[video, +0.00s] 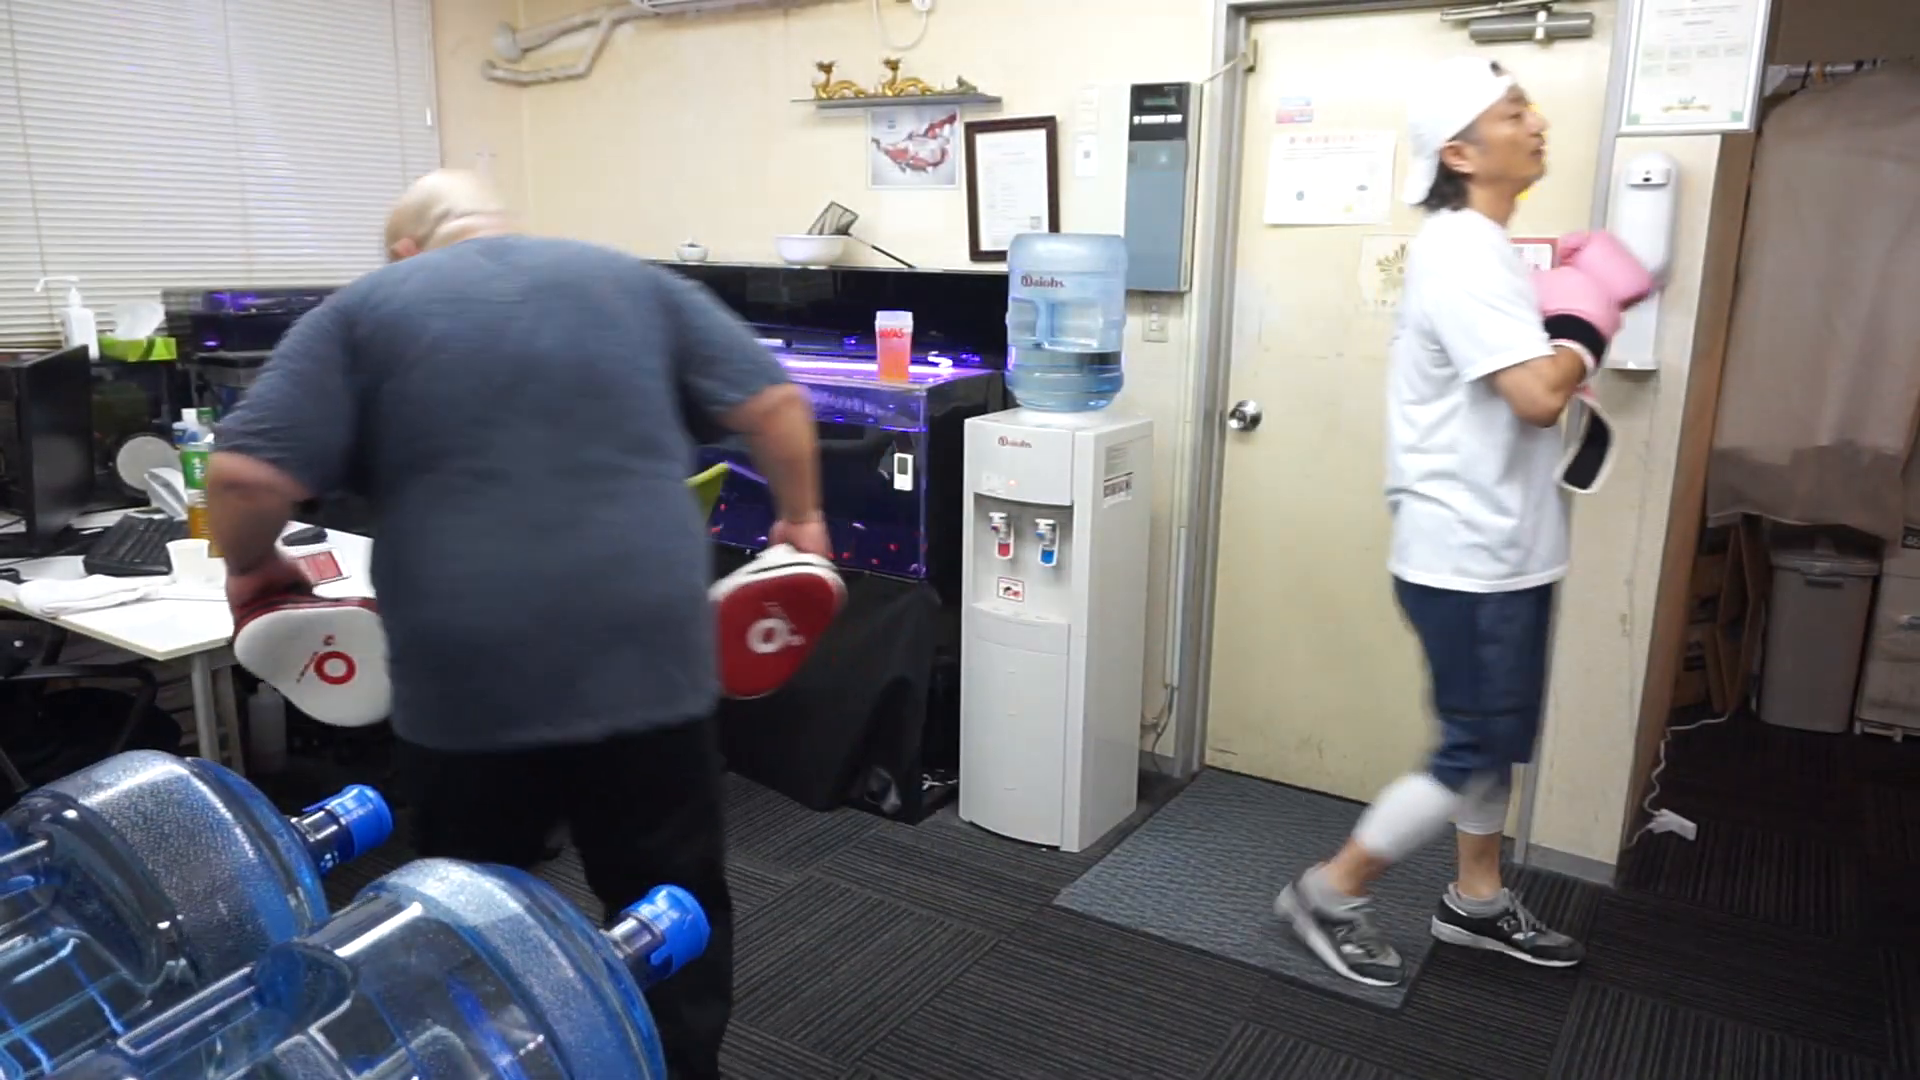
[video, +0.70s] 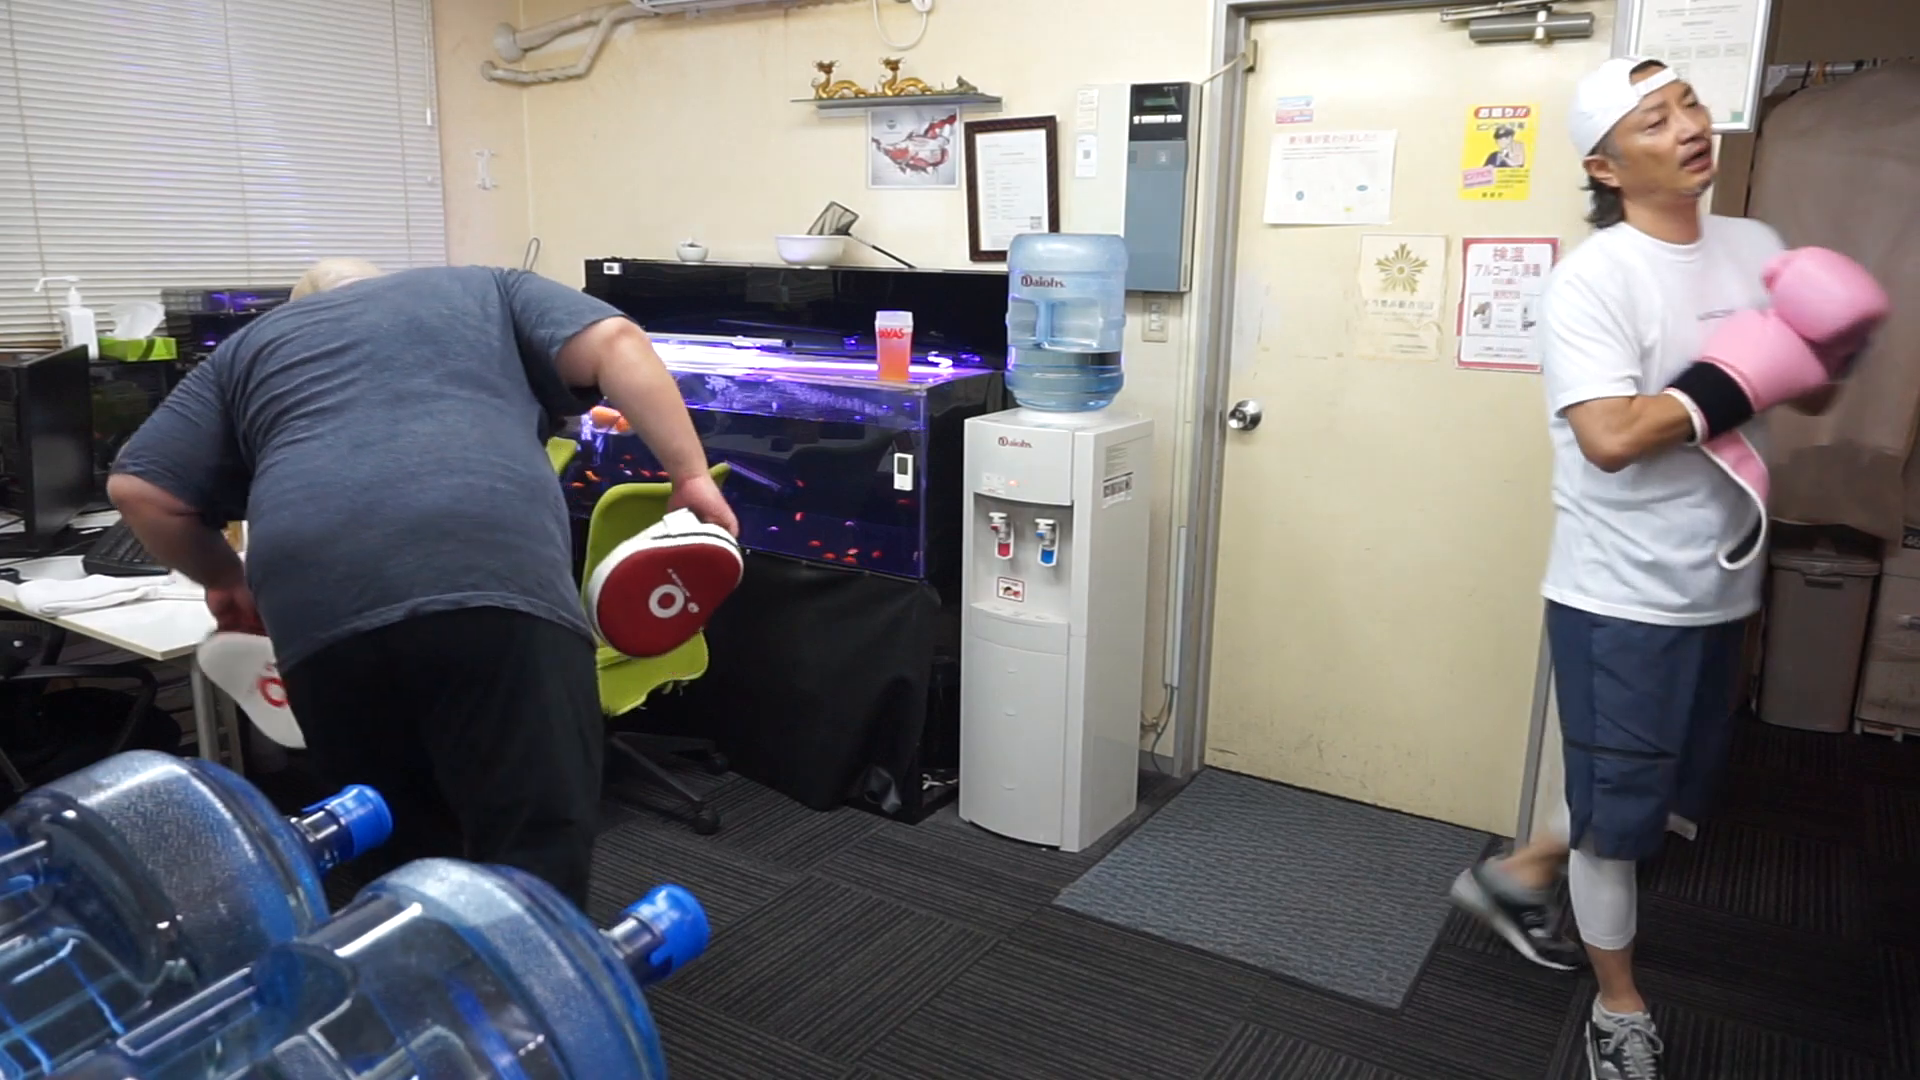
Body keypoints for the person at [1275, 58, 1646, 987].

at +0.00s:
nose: (1536, 123)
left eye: (1527, 109)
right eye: (1513, 115)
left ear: (1479, 152)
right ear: (1463, 152)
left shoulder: (1493, 248)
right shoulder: (1459, 251)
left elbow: (1527, 375)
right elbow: (1539, 398)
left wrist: (1569, 309)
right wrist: (1586, 325)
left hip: (1507, 546)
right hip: (1464, 552)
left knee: (1496, 738)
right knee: (1474, 752)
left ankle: (1476, 898)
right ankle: (1326, 892)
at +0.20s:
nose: (1593, 118)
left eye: (1586, 103)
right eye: (1567, 111)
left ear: (1553, 146)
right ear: (1514, 149)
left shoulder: (1561, 248)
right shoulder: (1508, 248)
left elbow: (1585, 373)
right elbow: (1578, 390)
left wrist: (1635, 315)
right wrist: (1641, 320)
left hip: (1544, 543)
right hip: (1509, 547)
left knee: (1502, 732)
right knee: (1582, 755)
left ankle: (1486, 901)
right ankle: (1451, 897)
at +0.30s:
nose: (1617, 117)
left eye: (1611, 101)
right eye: (1592, 110)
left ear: (1586, 142)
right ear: (1539, 149)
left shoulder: (1597, 247)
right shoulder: (1522, 255)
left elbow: (1607, 375)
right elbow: (1594, 394)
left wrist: (1666, 321)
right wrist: (1668, 314)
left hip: (1571, 548)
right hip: (1526, 553)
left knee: (1514, 726)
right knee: (1574, 758)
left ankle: (1476, 891)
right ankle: (1535, 959)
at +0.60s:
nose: (1678, 128)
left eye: (1676, 110)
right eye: (1649, 122)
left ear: (1688, 129)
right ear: (1596, 165)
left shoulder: (1713, 253)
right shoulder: (1575, 278)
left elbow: (1744, 391)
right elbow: (1605, 433)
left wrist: (1781, 324)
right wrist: (1719, 365)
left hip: (1674, 571)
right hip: (1595, 576)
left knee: (1584, 753)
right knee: (1606, 796)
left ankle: (1484, 888)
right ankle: (1619, 1004)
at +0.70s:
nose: (1690, 125)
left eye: (1688, 104)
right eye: (1656, 120)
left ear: (1711, 123)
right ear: (1608, 166)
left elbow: (1798, 396)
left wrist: (1824, 334)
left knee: (1669, 779)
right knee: (1616, 804)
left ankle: (1518, 874)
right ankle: (1619, 1004)